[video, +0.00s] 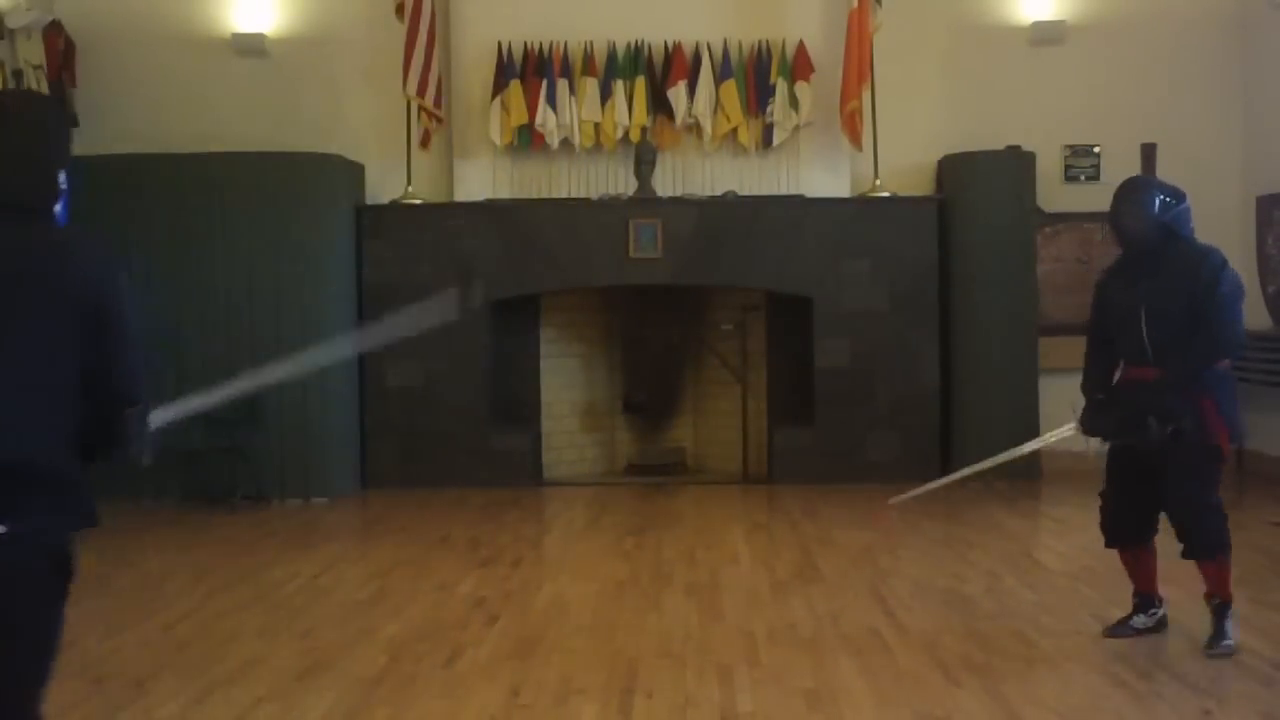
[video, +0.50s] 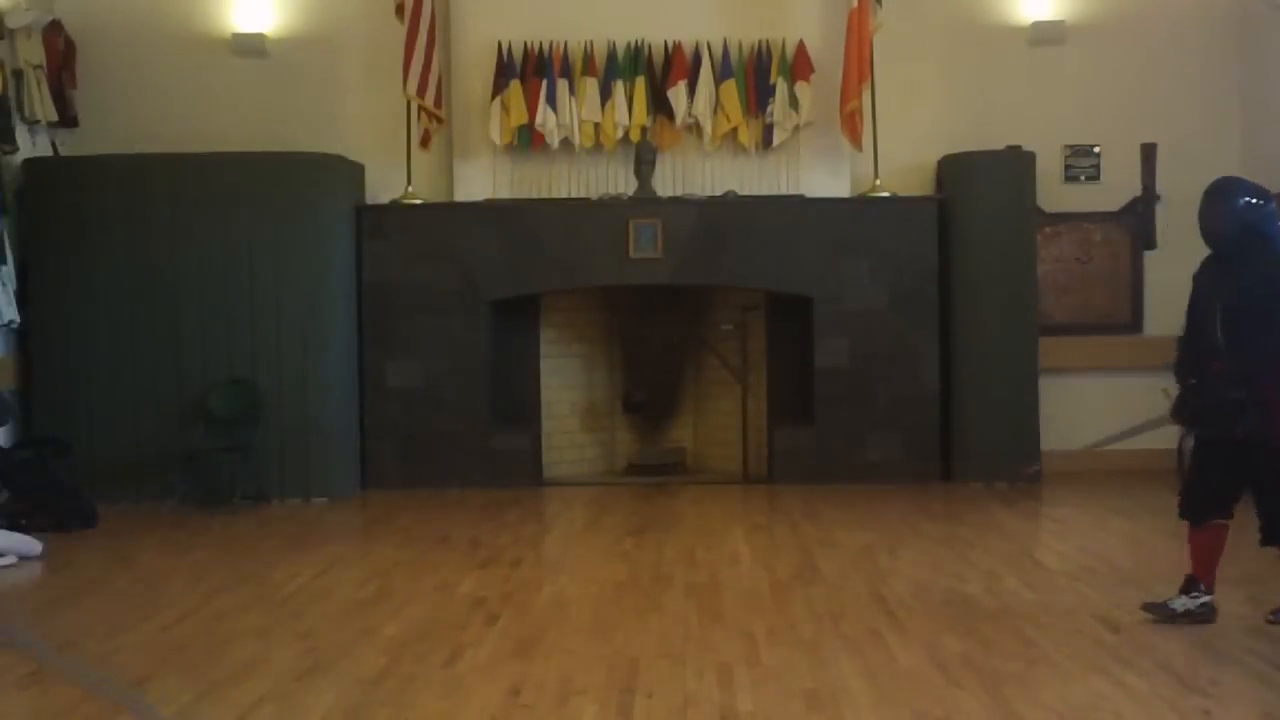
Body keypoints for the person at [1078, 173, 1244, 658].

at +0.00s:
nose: (1124, 230)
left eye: (1133, 219)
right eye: (1119, 220)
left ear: (1161, 216)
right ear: (1116, 224)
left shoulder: (1205, 267)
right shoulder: (1115, 279)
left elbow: (1223, 345)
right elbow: (1099, 350)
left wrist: (1170, 397)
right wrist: (1097, 402)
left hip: (1195, 415)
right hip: (1134, 415)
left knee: (1198, 512)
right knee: (1125, 512)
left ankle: (1221, 613)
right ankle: (1147, 607)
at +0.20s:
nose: (1145, 230)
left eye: (1152, 219)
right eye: (1144, 221)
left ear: (1180, 217)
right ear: (1153, 224)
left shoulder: (1230, 266)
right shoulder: (1152, 280)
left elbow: (1237, 343)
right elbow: (1137, 346)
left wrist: (1179, 380)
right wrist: (1123, 392)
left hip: (1230, 404)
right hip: (1171, 405)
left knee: (1241, 500)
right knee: (1147, 502)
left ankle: (1279, 577)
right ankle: (1149, 605)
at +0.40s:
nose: (1191, 229)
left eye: (1200, 219)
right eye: (1190, 219)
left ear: (1224, 219)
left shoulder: (1261, 272)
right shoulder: (1198, 276)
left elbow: (1261, 347)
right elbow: (1183, 345)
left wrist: (1206, 396)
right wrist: (1171, 393)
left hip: (1259, 420)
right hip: (1208, 417)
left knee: (1272, 519)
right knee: (1189, 507)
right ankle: (1166, 595)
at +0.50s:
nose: (1208, 225)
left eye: (1215, 215)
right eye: (1206, 215)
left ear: (1239, 214)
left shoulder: (1263, 265)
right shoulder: (1213, 269)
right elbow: (1196, 339)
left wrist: (1195, 398)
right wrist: (1191, 391)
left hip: (1262, 411)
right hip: (1222, 408)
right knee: (1206, 495)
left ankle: (1199, 589)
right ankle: (1198, 590)